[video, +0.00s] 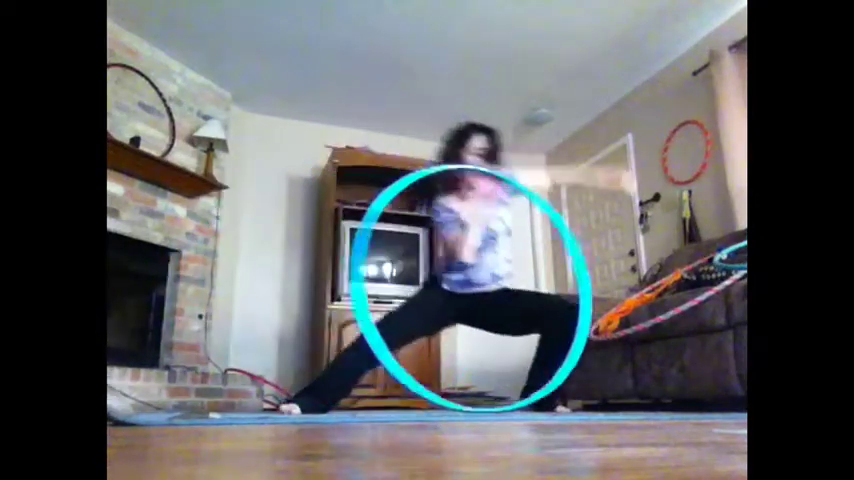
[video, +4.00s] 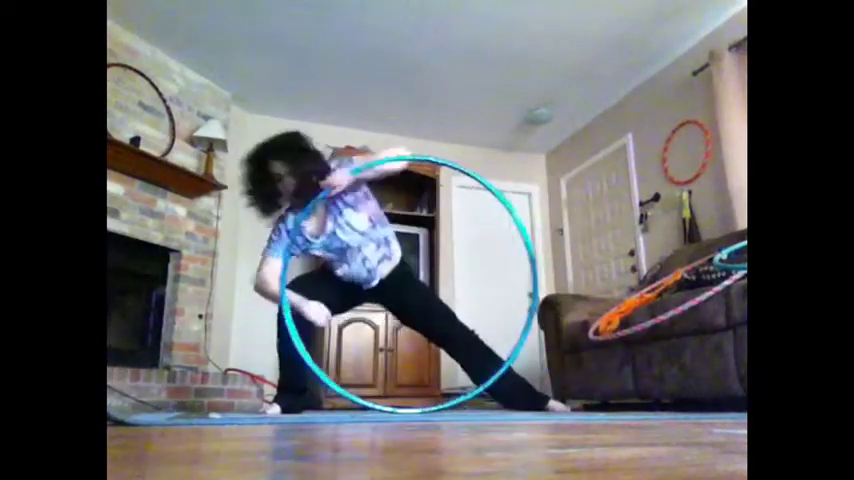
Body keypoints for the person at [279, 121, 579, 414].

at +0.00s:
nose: (476, 160)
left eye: (484, 155)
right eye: (469, 152)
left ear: (494, 160)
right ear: (454, 155)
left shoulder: (499, 198)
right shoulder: (445, 203)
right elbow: (461, 256)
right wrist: (477, 210)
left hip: (492, 299)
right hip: (443, 297)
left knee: (566, 315)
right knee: (376, 341)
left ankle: (539, 402)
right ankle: (306, 404)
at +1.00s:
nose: (470, 175)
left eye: (480, 171)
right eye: (467, 164)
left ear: (487, 177)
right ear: (453, 160)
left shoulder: (478, 210)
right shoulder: (414, 189)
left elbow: (480, 267)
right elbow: (355, 198)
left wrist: (480, 326)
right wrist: (383, 175)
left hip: (444, 303)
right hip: (391, 295)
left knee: (512, 315)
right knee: (331, 303)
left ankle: (540, 409)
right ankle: (300, 405)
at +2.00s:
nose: (321, 165)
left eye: (328, 156)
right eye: (312, 158)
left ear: (343, 159)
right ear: (302, 165)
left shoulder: (366, 186)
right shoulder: (302, 214)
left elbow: (387, 125)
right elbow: (274, 264)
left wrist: (342, 83)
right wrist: (257, 215)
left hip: (365, 314)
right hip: (319, 313)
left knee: (447, 346)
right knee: (263, 307)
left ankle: (538, 410)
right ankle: (290, 402)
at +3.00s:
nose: (523, 222)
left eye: (528, 213)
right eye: (513, 217)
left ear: (542, 214)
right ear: (503, 224)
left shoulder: (547, 240)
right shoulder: (498, 258)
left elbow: (604, 222)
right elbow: (536, 307)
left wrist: (575, 186)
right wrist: (594, 336)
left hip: (504, 331)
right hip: (455, 330)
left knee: (568, 326)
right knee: (385, 359)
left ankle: (534, 411)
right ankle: (294, 405)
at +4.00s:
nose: (282, 187)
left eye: (285, 176)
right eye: (275, 183)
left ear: (305, 166)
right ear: (272, 188)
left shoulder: (343, 174)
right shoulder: (288, 225)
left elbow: (401, 159)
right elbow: (264, 280)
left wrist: (354, 174)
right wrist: (300, 300)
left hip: (391, 275)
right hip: (343, 282)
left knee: (455, 336)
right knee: (291, 303)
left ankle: (535, 404)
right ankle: (294, 402)